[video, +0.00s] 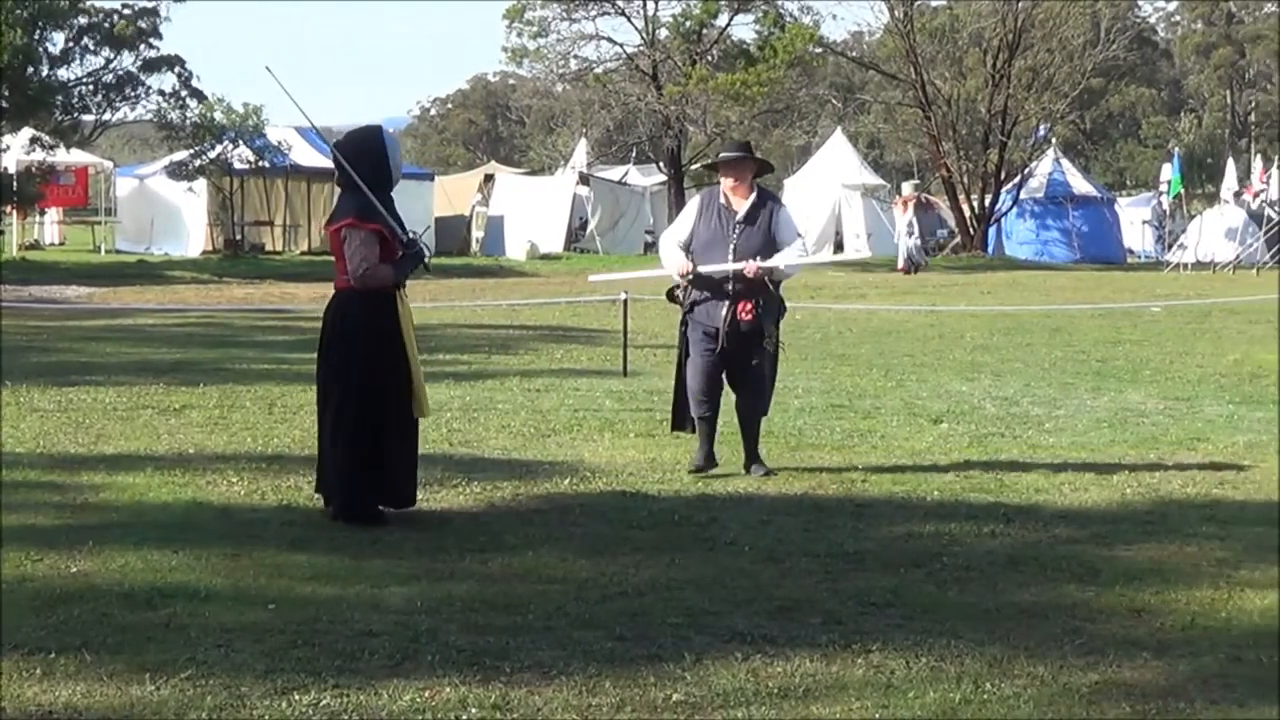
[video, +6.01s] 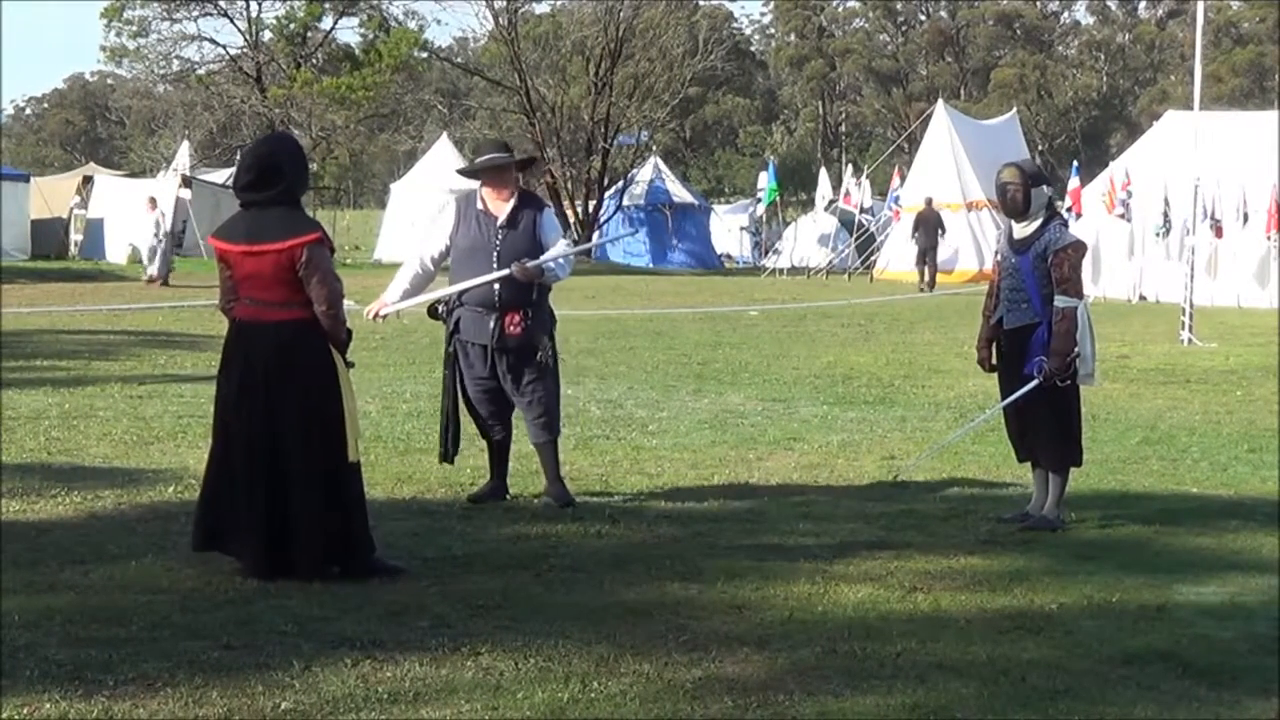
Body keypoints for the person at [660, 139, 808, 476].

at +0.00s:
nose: (731, 173)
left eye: (738, 167)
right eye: (725, 168)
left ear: (753, 169)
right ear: (718, 172)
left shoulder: (772, 207)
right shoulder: (702, 203)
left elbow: (798, 251)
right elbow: (668, 240)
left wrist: (768, 268)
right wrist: (676, 261)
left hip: (755, 311)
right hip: (705, 308)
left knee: (754, 389)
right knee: (700, 385)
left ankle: (753, 456)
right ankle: (704, 452)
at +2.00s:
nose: (488, 176)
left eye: (493, 168)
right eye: (480, 171)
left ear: (501, 169)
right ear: (466, 174)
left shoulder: (514, 205)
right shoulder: (448, 207)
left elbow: (535, 255)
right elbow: (419, 247)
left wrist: (541, 239)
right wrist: (402, 285)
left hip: (512, 307)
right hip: (472, 310)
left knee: (507, 387)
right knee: (487, 388)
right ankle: (489, 468)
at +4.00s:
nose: (469, 179)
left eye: (474, 171)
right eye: (459, 174)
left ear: (484, 170)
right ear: (446, 178)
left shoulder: (496, 203)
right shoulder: (431, 209)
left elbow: (513, 240)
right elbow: (396, 251)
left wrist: (537, 258)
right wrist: (391, 284)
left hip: (499, 316)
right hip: (455, 319)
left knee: (509, 396)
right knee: (466, 402)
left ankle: (487, 461)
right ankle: (469, 481)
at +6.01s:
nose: (500, 181)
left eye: (505, 173)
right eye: (491, 176)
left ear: (517, 173)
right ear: (479, 180)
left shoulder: (538, 212)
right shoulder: (459, 211)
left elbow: (564, 259)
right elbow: (426, 258)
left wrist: (540, 270)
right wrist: (392, 297)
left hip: (526, 328)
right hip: (473, 328)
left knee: (539, 409)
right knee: (489, 412)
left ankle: (555, 484)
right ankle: (497, 483)